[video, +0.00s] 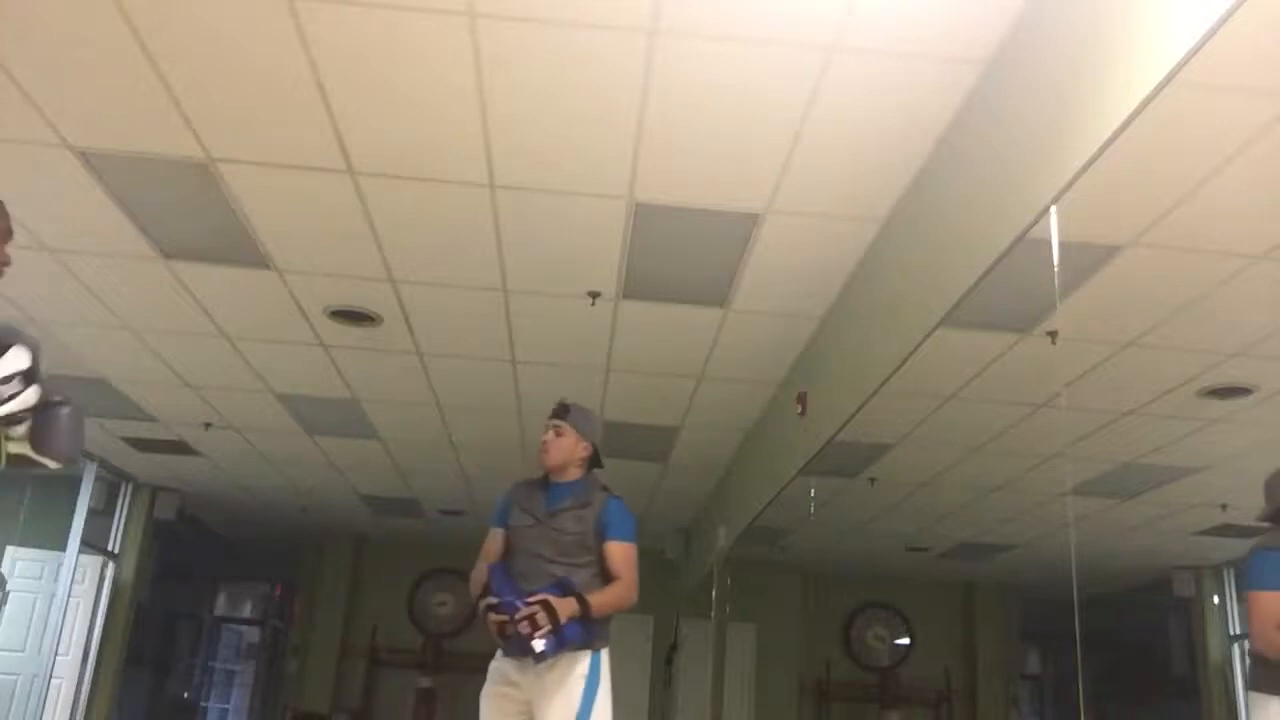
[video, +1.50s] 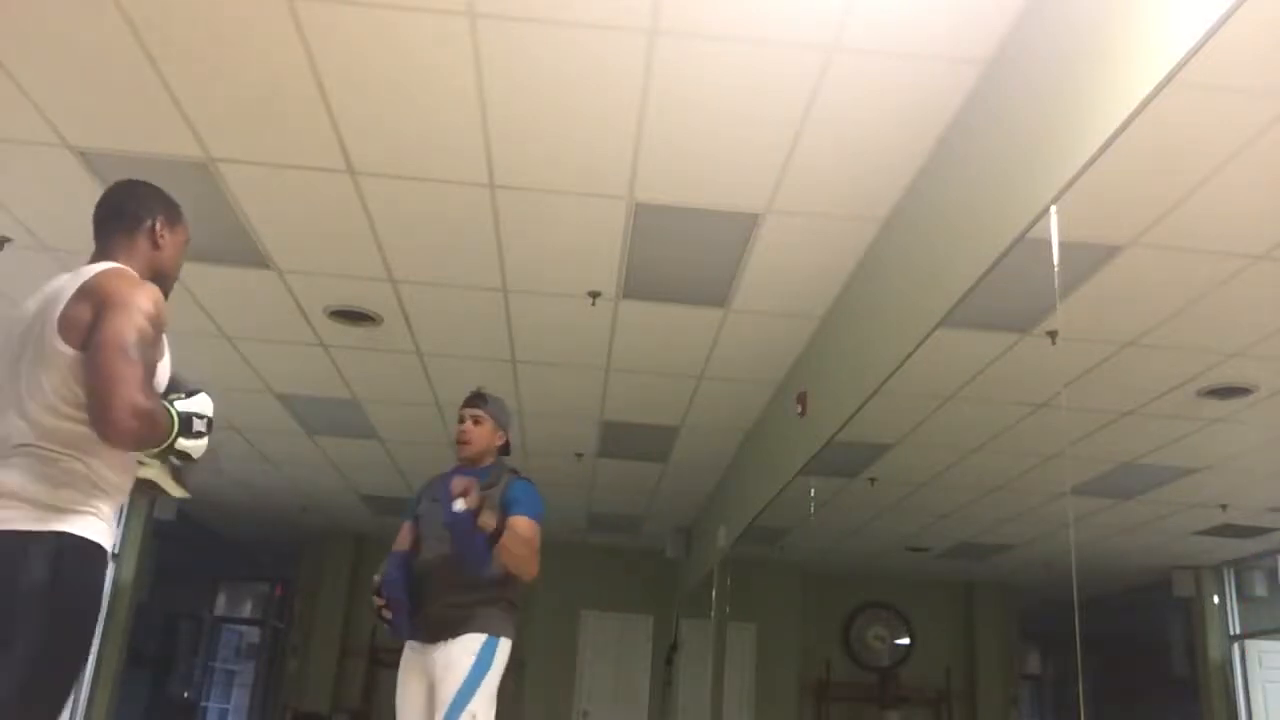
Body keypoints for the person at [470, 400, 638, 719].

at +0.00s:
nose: (545, 438)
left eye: (557, 432)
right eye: (546, 431)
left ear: (584, 448)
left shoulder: (608, 509)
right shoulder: (517, 497)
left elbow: (626, 590)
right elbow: (485, 565)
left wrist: (569, 607)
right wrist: (488, 607)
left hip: (574, 667)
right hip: (511, 662)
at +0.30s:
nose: (556, 437)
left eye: (570, 431)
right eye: (556, 430)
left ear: (594, 450)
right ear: (552, 439)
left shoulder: (613, 509)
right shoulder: (522, 498)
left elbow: (630, 590)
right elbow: (490, 566)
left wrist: (570, 601)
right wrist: (491, 607)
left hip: (577, 666)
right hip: (514, 662)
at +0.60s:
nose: (540, 437)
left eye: (552, 430)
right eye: (539, 429)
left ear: (578, 445)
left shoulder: (598, 503)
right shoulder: (514, 500)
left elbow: (612, 584)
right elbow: (485, 565)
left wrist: (545, 589)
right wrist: (478, 603)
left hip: (563, 662)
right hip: (501, 659)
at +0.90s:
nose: (511, 434)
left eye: (524, 427)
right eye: (510, 427)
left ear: (549, 442)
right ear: (507, 436)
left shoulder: (568, 498)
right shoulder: (490, 499)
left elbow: (577, 577)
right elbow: (461, 561)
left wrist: (503, 577)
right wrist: (450, 591)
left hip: (530, 659)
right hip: (468, 654)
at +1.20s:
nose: (484, 428)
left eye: (496, 422)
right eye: (483, 422)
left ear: (521, 439)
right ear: (478, 433)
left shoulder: (535, 491)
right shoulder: (459, 493)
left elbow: (543, 569)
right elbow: (426, 555)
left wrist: (471, 567)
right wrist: (405, 590)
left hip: (492, 650)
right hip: (436, 645)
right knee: (425, 713)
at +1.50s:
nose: (463, 428)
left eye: (476, 420)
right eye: (460, 420)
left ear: (500, 437)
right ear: (455, 429)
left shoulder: (516, 489)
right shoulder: (434, 488)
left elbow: (528, 566)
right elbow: (401, 550)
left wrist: (482, 516)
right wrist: (389, 587)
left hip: (477, 632)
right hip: (422, 631)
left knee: (460, 713)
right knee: (411, 713)